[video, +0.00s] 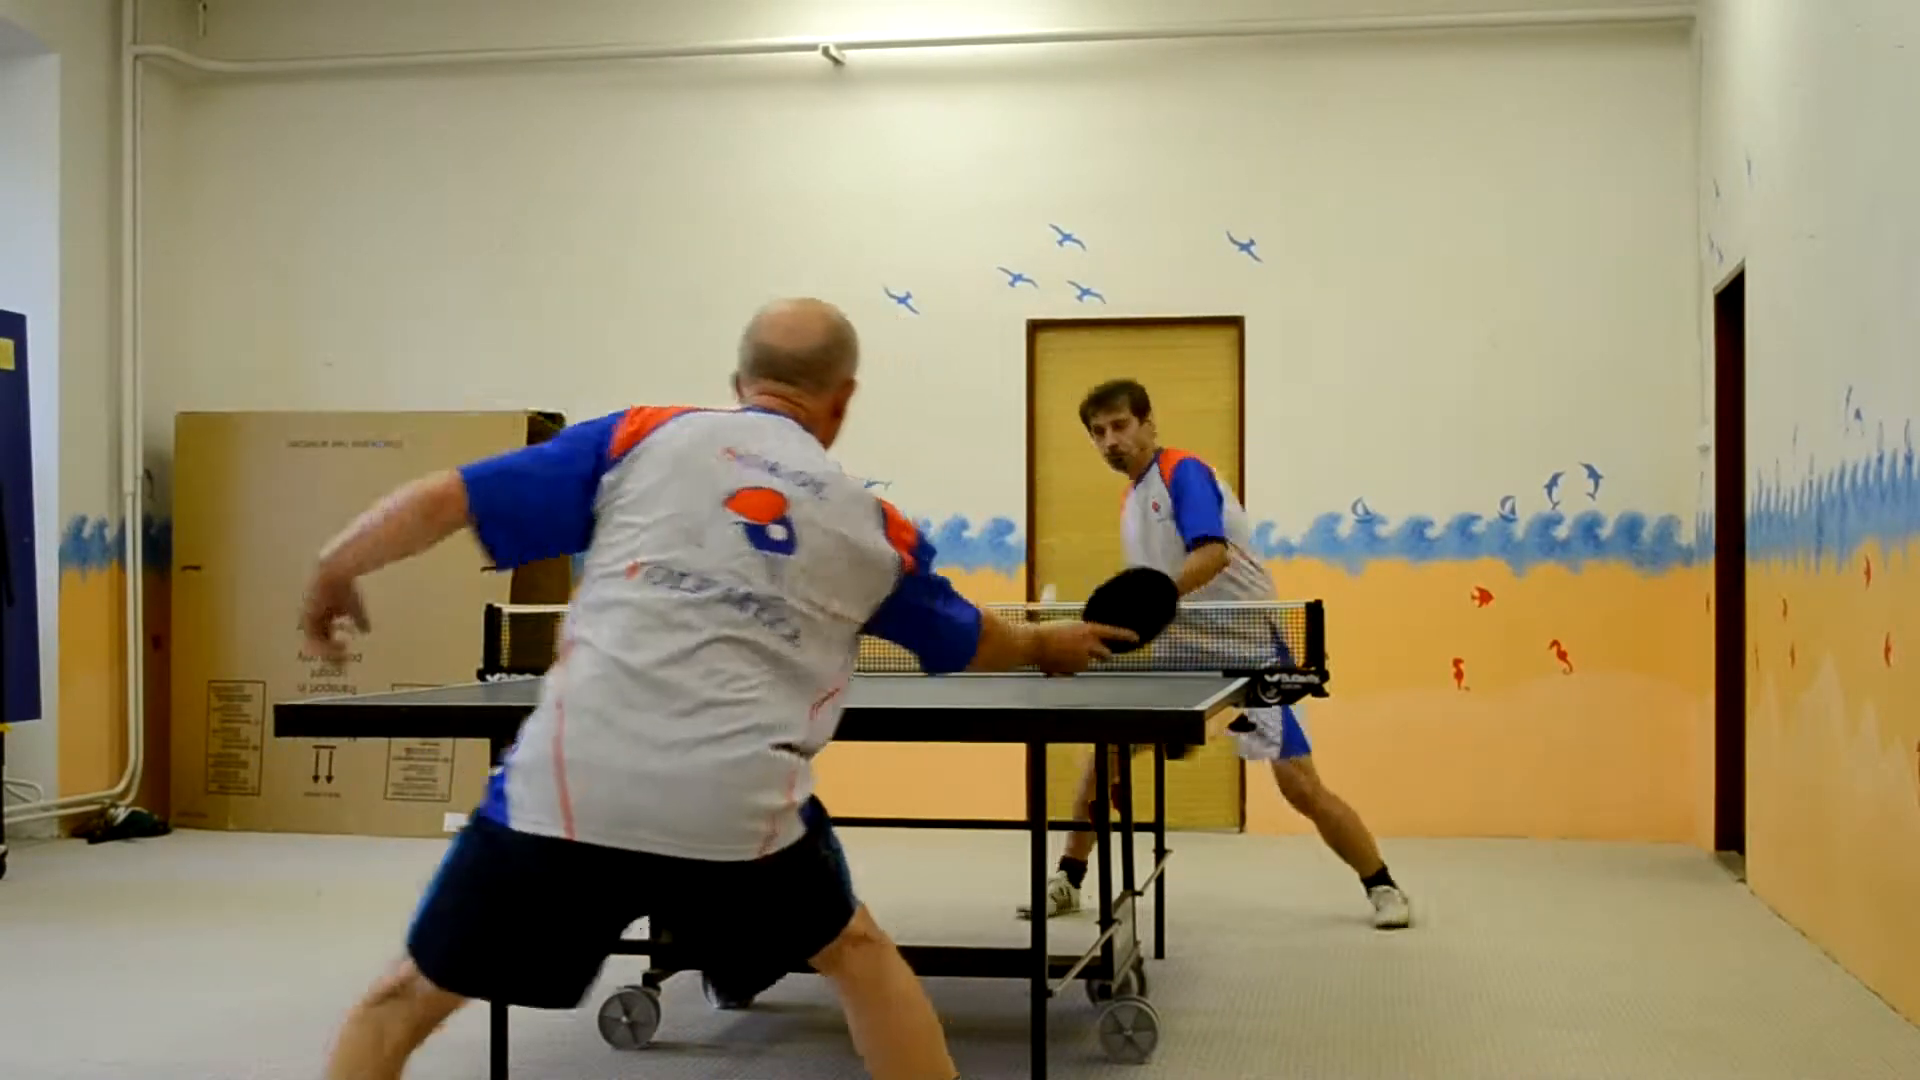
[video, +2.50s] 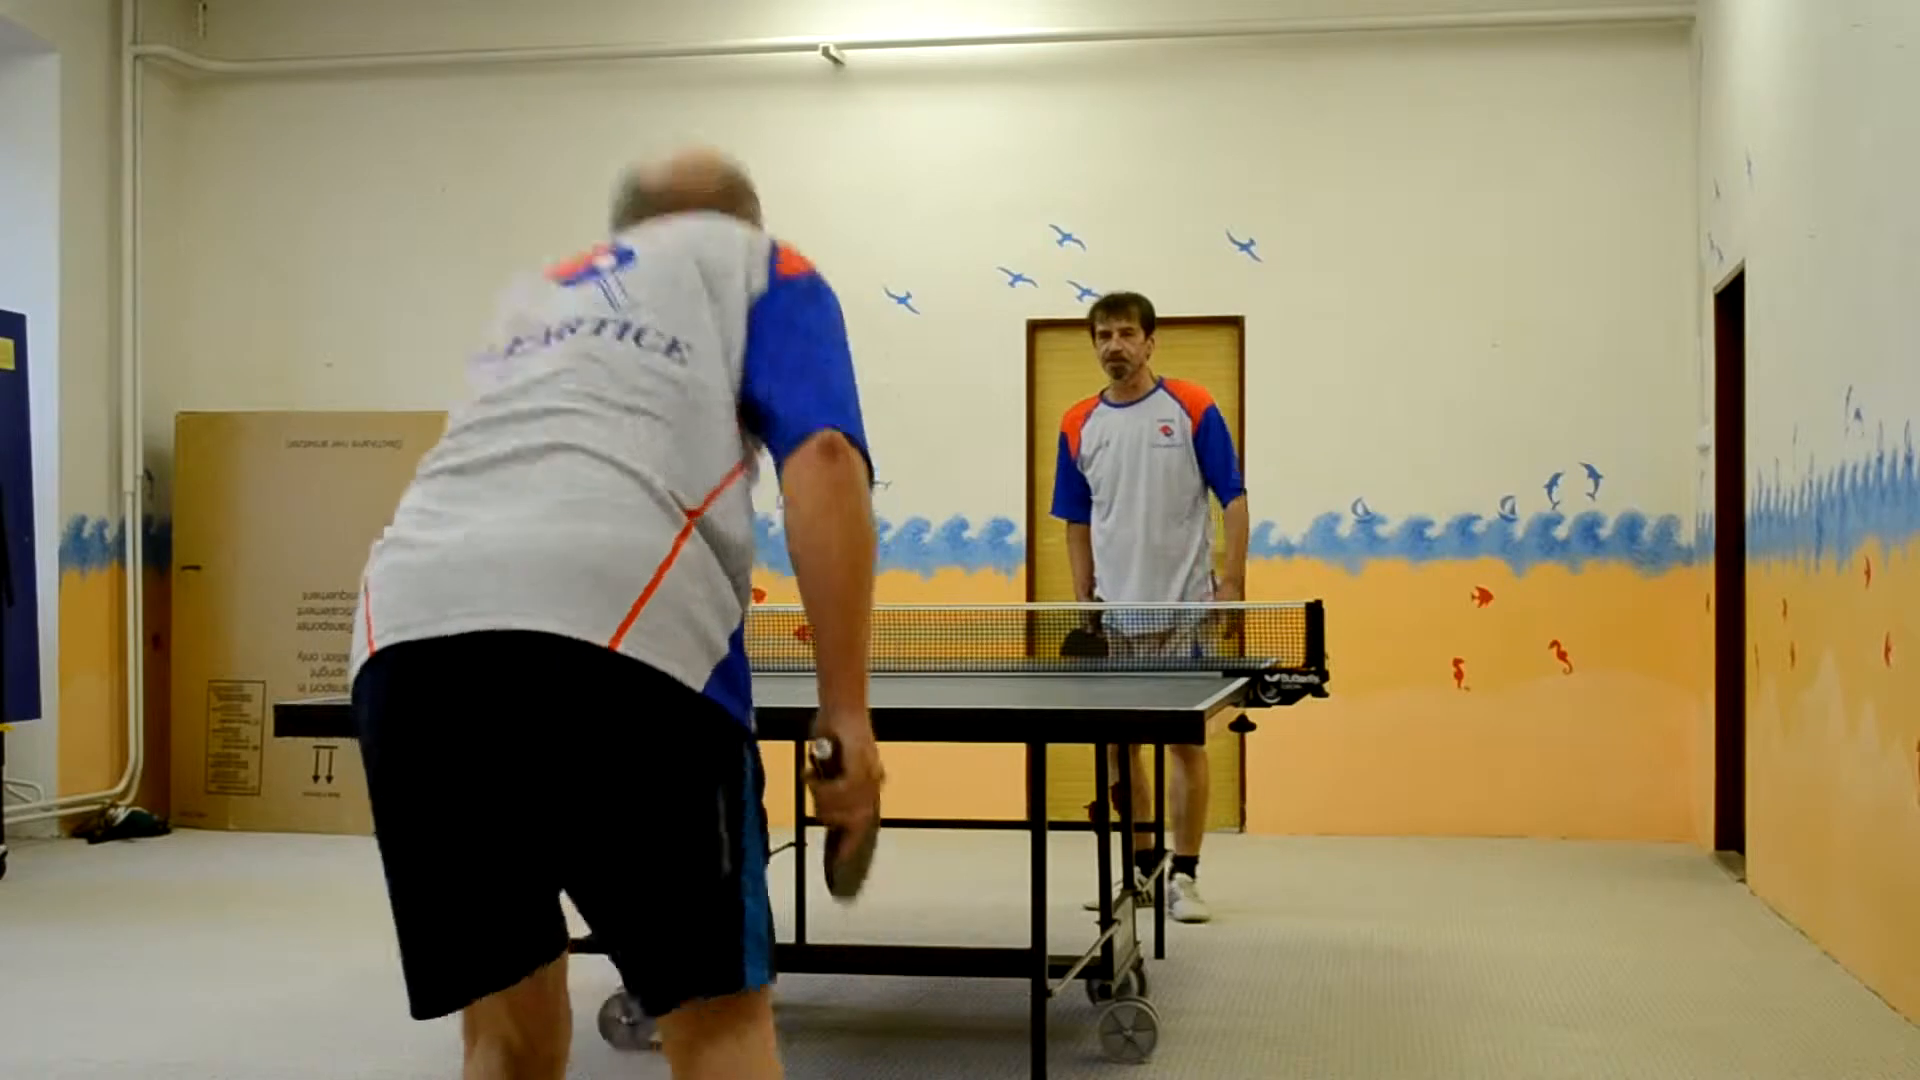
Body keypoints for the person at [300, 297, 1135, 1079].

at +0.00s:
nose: (849, 407)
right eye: (851, 394)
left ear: (738, 371)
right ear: (841, 401)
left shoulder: (636, 438)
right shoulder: (868, 525)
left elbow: (442, 501)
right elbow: (975, 643)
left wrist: (333, 571)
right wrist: (1048, 641)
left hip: (561, 806)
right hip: (739, 822)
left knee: (405, 999)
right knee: (863, 963)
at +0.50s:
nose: (744, 370)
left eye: (742, 351)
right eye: (744, 352)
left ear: (631, 333)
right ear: (734, 352)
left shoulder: (510, 419)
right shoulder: (710, 486)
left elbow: (365, 566)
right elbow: (804, 711)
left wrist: (291, 672)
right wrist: (928, 716)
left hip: (406, 801)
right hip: (590, 817)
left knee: (294, 1000)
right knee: (780, 948)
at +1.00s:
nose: (649, 145)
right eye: (652, 128)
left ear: (519, 143)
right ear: (647, 138)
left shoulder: (439, 291)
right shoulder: (704, 309)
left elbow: (348, 483)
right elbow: (856, 498)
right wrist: (1007, 552)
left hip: (483, 728)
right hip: (674, 726)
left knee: (423, 956)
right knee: (820, 965)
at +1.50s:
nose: (741, 123)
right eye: (752, 110)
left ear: (610, 101)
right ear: (751, 100)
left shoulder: (508, 201)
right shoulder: (808, 201)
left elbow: (427, 473)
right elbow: (859, 473)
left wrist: (435, 680)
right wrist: (912, 698)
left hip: (509, 688)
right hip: (722, 696)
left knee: (538, 1030)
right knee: (750, 1030)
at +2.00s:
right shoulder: (794, 558)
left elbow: (602, 984)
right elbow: (864, 632)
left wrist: (630, 1072)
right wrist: (906, 911)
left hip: (392, 731)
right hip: (621, 715)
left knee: (489, 1034)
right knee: (734, 1044)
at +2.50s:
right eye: (751, 222)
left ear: (624, 226)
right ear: (750, 225)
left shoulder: (538, 291)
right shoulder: (764, 265)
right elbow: (824, 457)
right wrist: (843, 712)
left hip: (411, 648)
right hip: (615, 650)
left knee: (506, 1026)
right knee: (717, 1020)